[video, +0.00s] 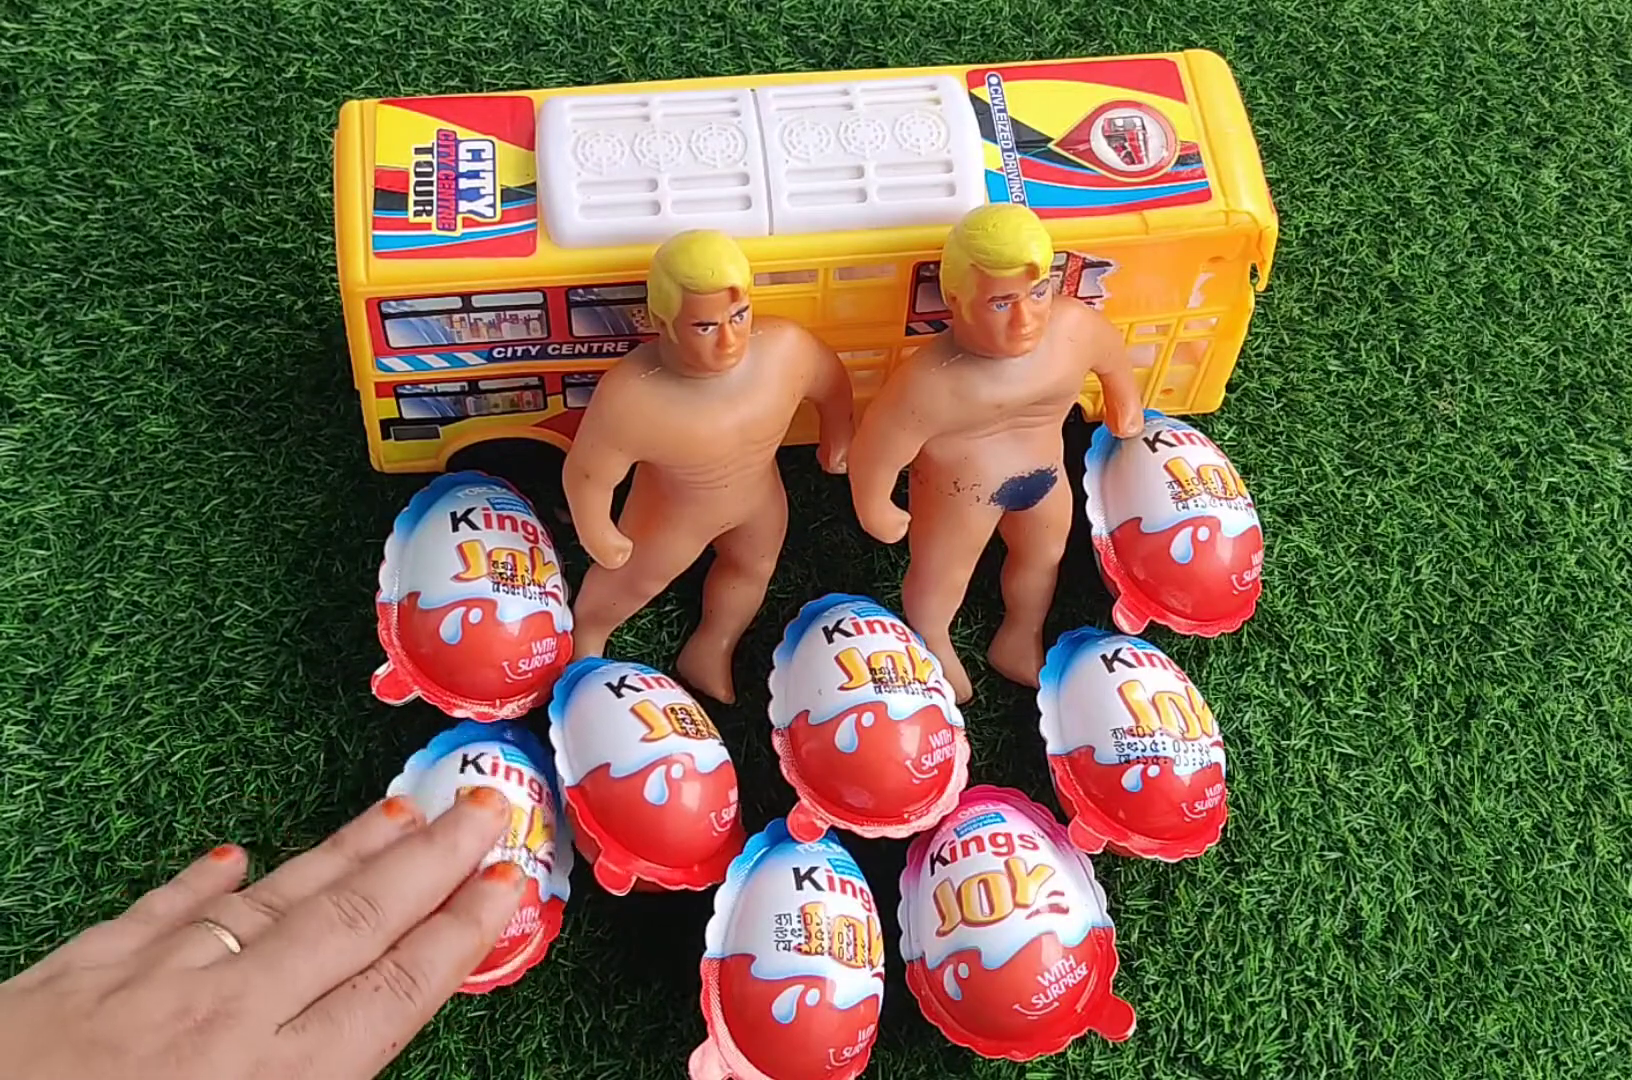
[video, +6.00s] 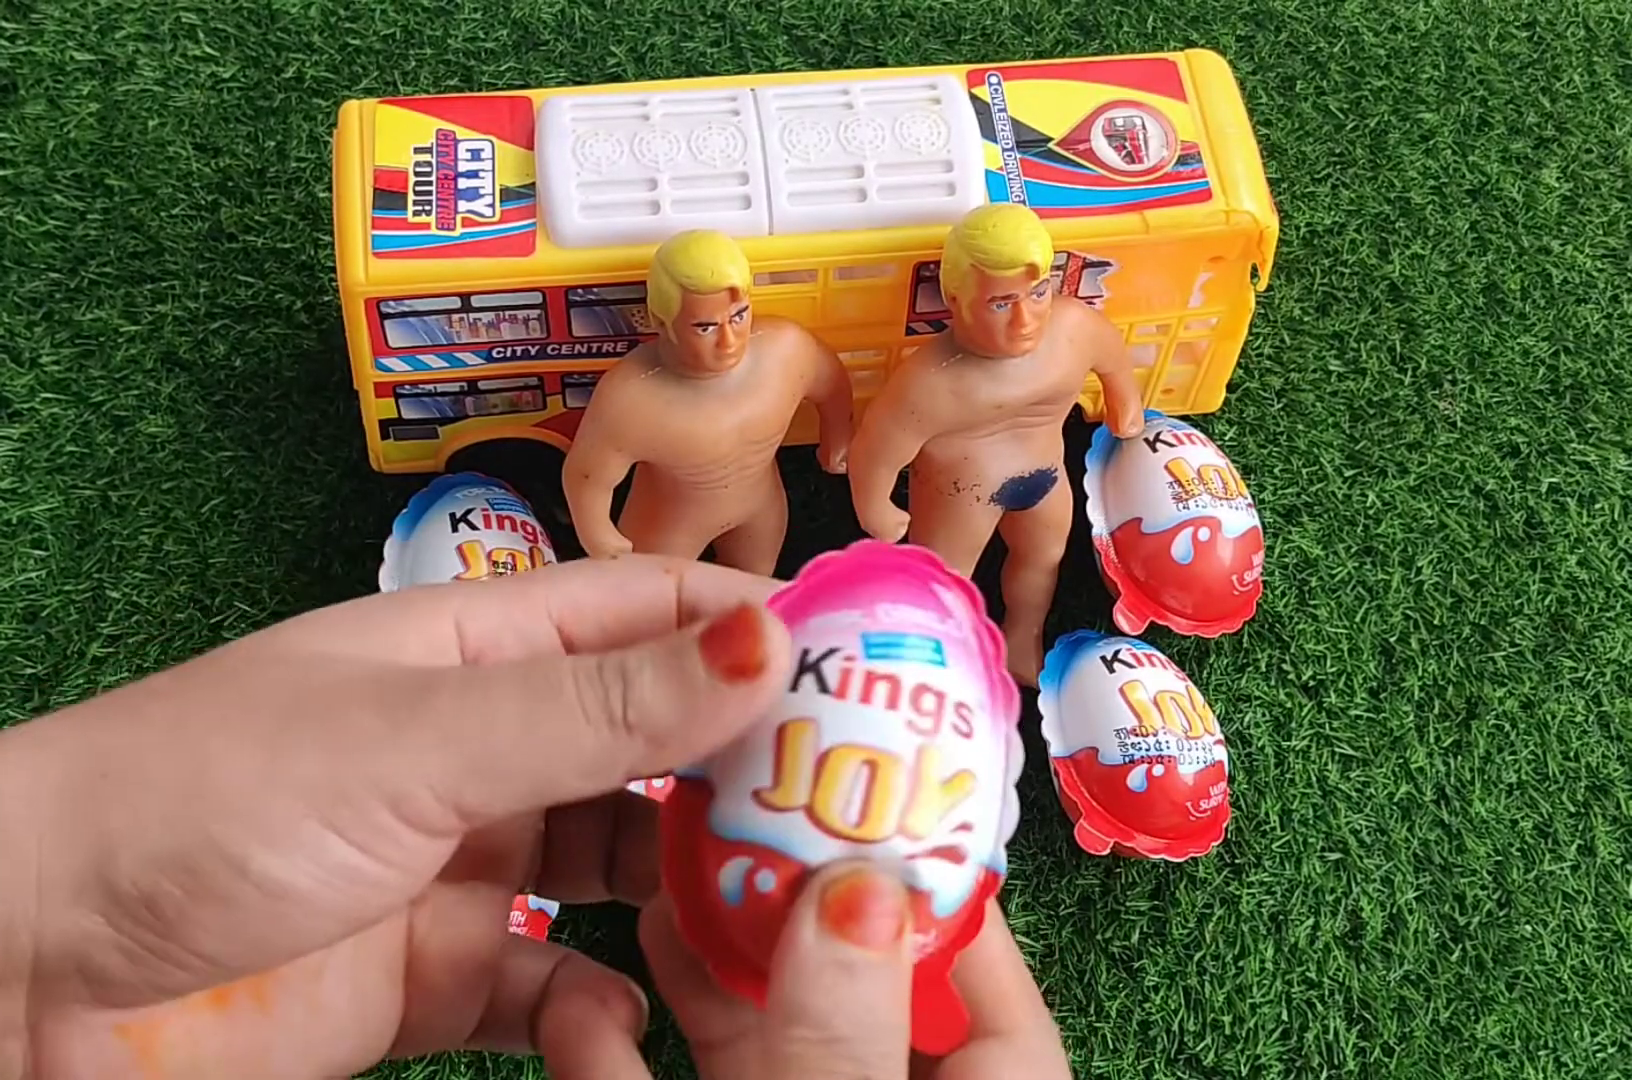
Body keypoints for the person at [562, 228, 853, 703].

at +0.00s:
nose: (729, 339)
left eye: (739, 316)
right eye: (705, 326)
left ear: (751, 301)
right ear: (660, 323)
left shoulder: (789, 350)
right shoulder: (629, 397)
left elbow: (834, 387)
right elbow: (587, 474)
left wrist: (837, 439)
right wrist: (600, 538)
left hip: (759, 496)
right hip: (673, 512)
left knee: (749, 574)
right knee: (631, 584)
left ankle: (711, 650)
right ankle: (590, 629)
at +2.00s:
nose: (729, 338)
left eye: (739, 316)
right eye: (705, 326)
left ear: (750, 303)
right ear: (663, 325)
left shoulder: (789, 350)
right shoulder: (630, 395)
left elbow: (835, 390)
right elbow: (587, 476)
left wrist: (837, 442)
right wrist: (603, 542)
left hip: (761, 503)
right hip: (671, 518)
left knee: (752, 589)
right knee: (627, 590)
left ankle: (730, 643)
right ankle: (587, 637)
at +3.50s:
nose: (729, 339)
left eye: (738, 316)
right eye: (705, 326)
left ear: (750, 303)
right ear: (662, 325)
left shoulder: (787, 350)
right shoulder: (628, 398)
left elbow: (833, 386)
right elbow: (586, 478)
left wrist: (836, 442)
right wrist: (601, 542)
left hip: (758, 502)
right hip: (670, 515)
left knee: (756, 587)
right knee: (637, 597)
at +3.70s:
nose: (728, 339)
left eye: (738, 315)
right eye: (705, 326)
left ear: (749, 301)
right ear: (663, 324)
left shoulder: (787, 350)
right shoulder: (628, 398)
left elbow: (833, 388)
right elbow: (585, 481)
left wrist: (835, 446)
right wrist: (606, 548)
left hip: (762, 540)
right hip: (665, 552)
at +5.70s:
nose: (728, 340)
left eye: (739, 316)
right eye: (704, 328)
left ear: (750, 302)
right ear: (663, 326)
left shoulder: (786, 350)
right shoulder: (626, 399)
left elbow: (832, 390)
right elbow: (585, 480)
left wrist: (833, 448)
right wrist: (602, 558)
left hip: (756, 516)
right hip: (666, 530)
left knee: (749, 619)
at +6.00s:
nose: (728, 339)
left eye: (738, 316)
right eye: (705, 326)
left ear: (749, 303)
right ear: (661, 325)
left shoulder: (788, 350)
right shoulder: (628, 399)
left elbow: (833, 388)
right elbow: (585, 479)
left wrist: (836, 444)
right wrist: (600, 541)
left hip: (758, 506)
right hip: (670, 519)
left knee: (754, 597)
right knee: (648, 613)